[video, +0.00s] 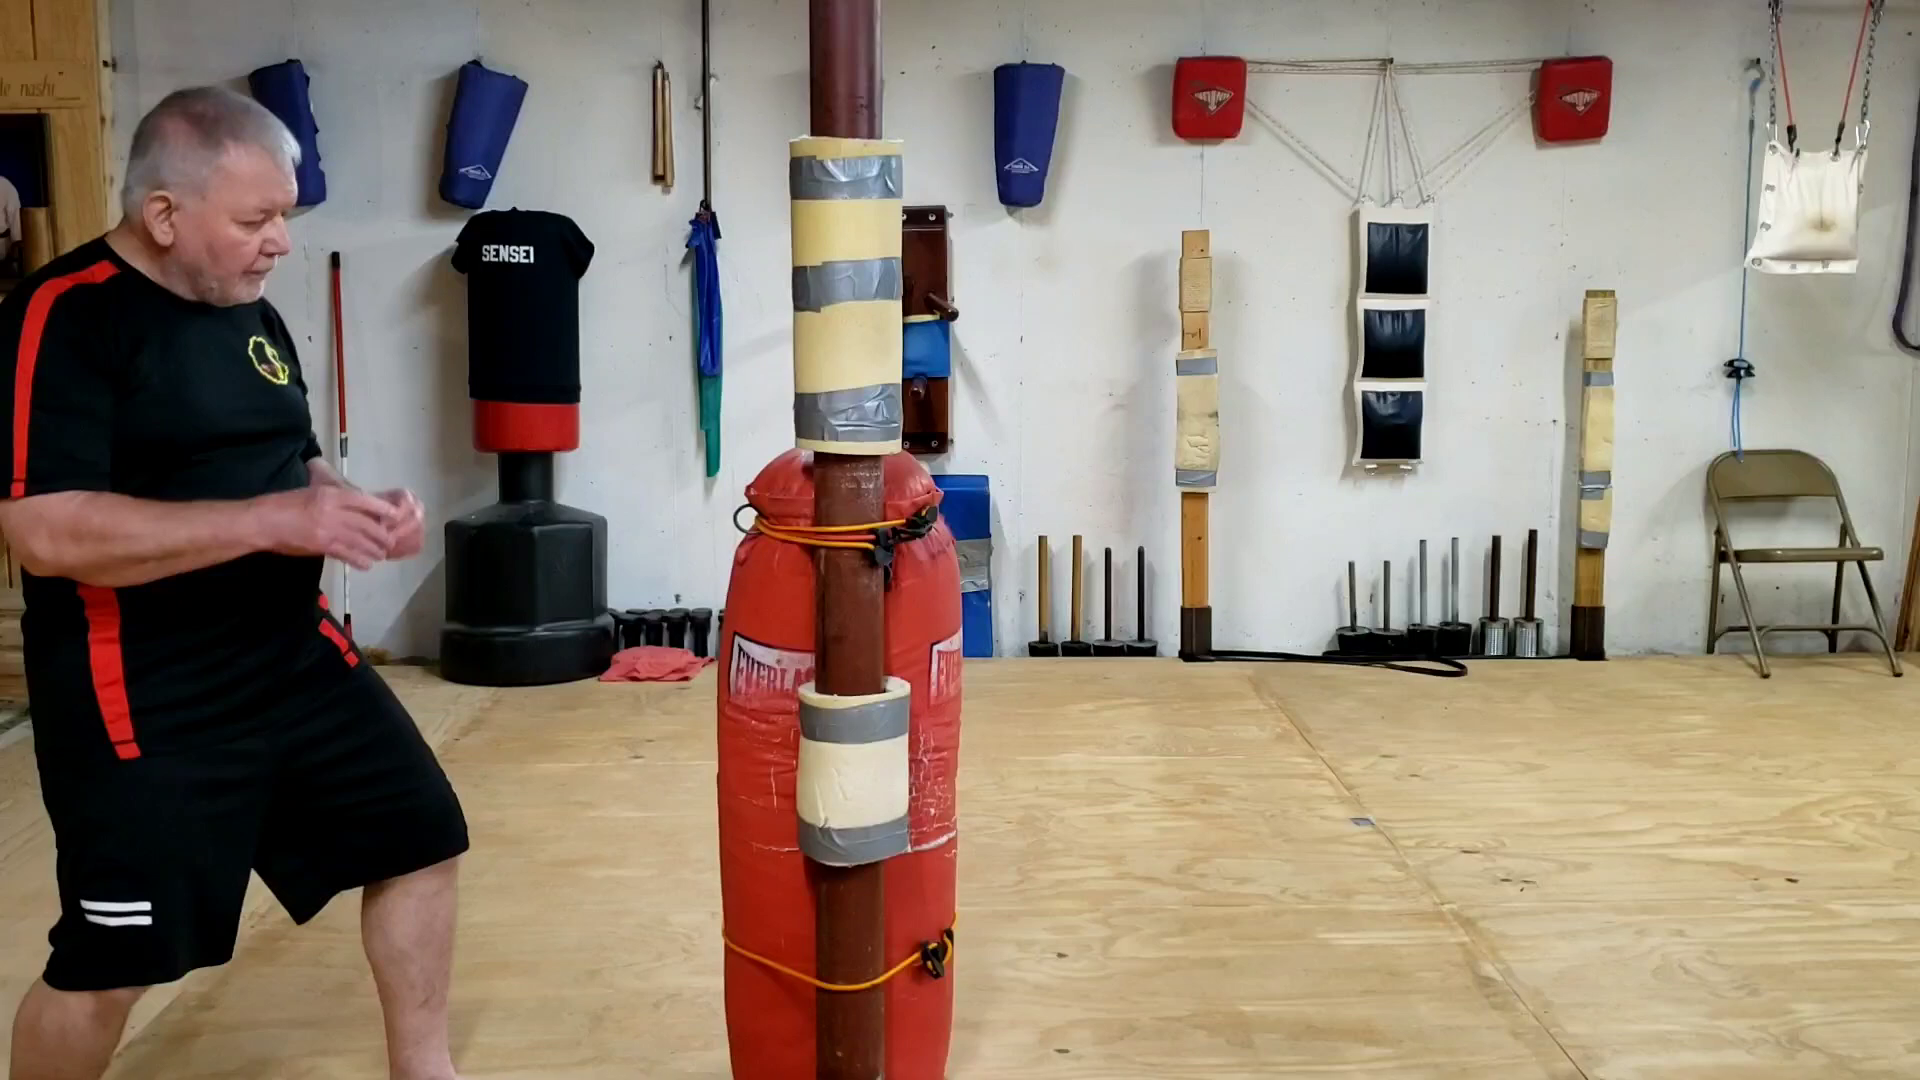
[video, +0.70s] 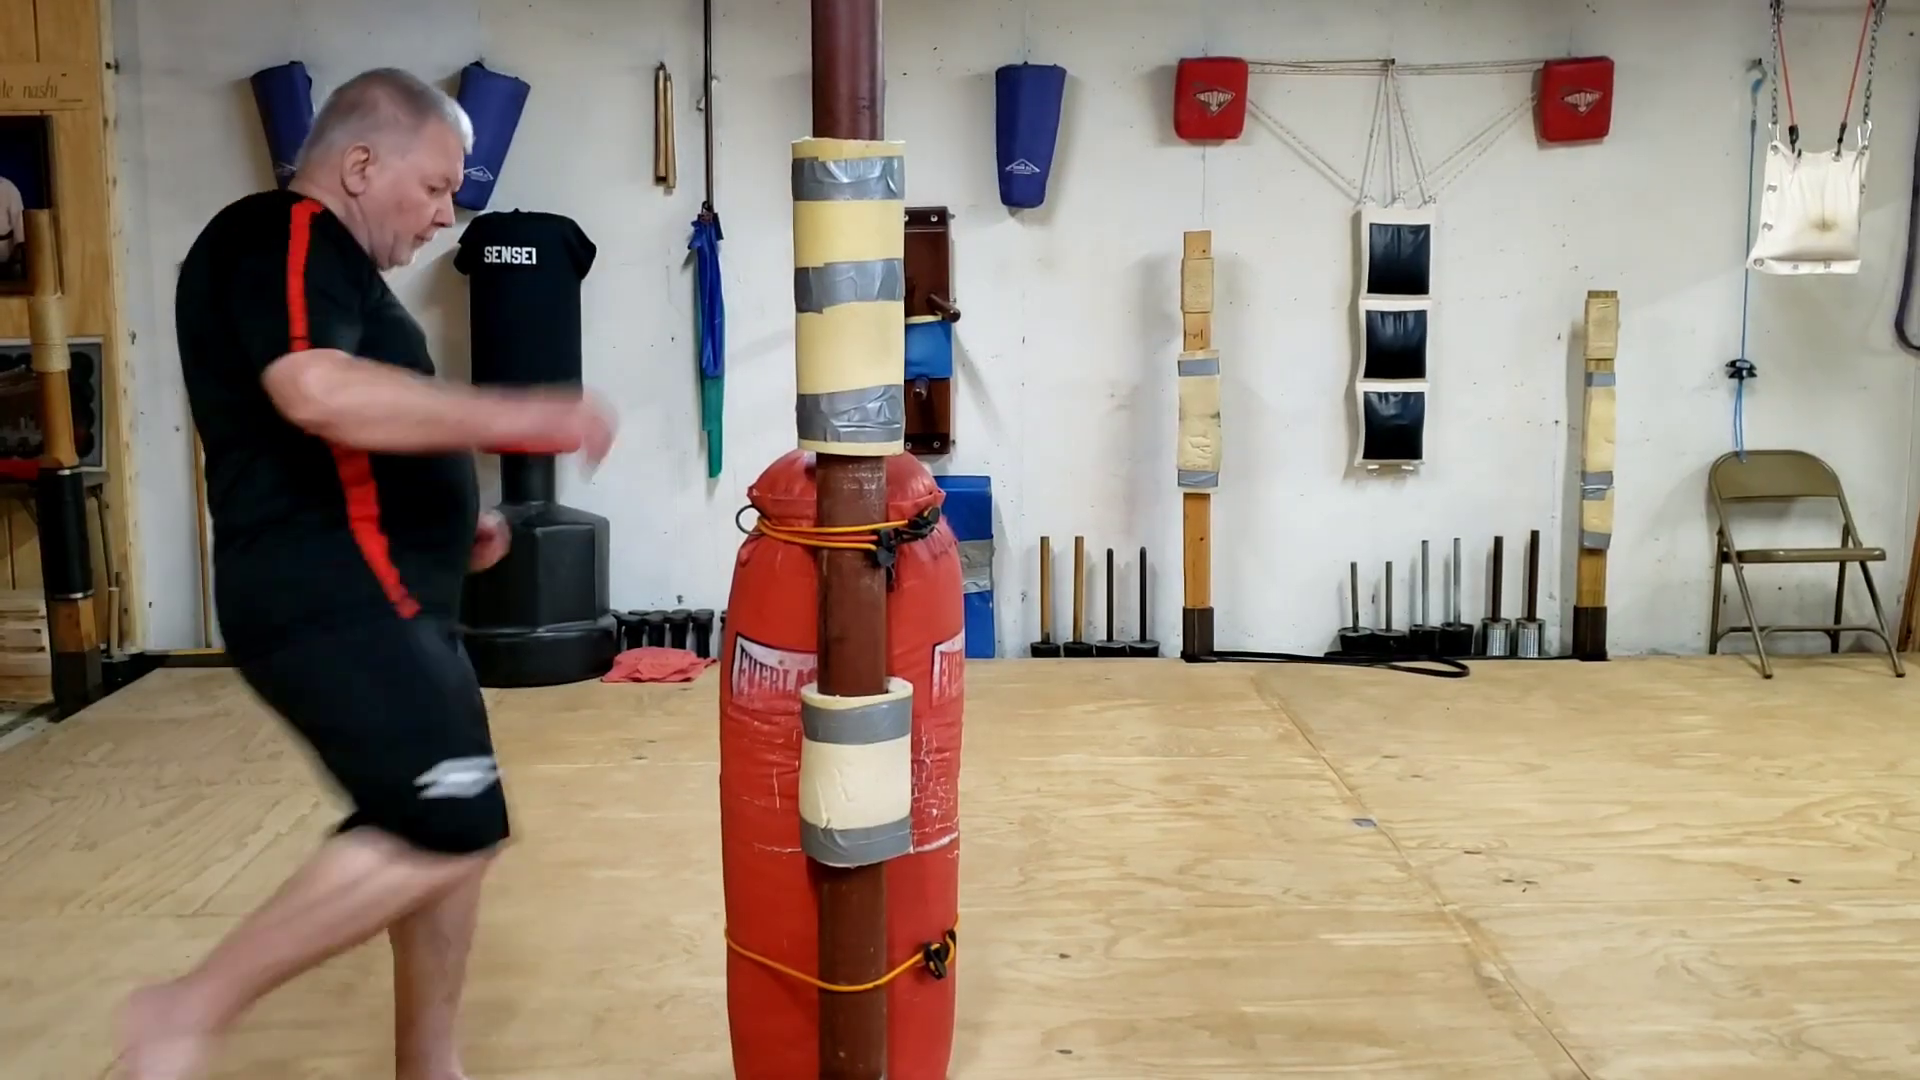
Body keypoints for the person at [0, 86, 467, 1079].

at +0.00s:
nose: (280, 243)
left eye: (286, 217)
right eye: (258, 220)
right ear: (164, 215)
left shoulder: (248, 313)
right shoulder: (59, 314)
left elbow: (288, 466)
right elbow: (40, 530)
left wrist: (351, 508)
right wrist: (273, 522)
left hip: (289, 665)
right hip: (134, 704)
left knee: (418, 839)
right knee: (114, 945)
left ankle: (424, 1070)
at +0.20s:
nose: (289, 238)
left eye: (296, 212)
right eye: (265, 216)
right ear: (174, 210)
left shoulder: (282, 301)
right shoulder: (68, 312)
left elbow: (384, 433)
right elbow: (33, 525)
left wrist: (432, 387)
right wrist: (258, 515)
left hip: (296, 655)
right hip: (139, 689)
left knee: (424, 841)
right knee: (110, 941)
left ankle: (425, 1066)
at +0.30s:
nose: (329, 244)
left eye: (334, 219)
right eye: (309, 218)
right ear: (217, 209)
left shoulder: (301, 310)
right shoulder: (98, 309)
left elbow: (412, 408)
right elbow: (32, 511)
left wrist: (496, 365)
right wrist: (241, 544)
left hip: (297, 671)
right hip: (152, 701)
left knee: (424, 834)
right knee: (118, 941)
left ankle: (426, 1067)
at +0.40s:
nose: (365, 256)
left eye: (371, 232)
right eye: (349, 231)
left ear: (281, 219)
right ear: (263, 213)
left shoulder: (307, 314)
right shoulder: (142, 296)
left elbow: (335, 487)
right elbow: (187, 476)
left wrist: (412, 464)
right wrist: (370, 389)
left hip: (303, 657)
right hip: (159, 689)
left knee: (435, 826)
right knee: (110, 939)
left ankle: (424, 1064)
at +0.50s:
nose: (403, 257)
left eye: (409, 235)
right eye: (386, 233)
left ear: (318, 219)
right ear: (304, 216)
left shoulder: (323, 317)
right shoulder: (213, 274)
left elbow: (292, 489)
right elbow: (409, 360)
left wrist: (388, 577)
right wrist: (594, 298)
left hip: (330, 661)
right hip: (193, 681)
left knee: (459, 835)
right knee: (118, 936)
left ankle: (427, 1071)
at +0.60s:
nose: (442, 238)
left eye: (448, 218)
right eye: (433, 212)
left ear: (350, 195)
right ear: (353, 189)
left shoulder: (343, 300)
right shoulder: (254, 253)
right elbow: (394, 374)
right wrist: (567, 304)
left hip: (383, 645)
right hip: (265, 658)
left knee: (471, 839)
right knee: (217, 915)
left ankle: (429, 1068)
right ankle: (75, 1073)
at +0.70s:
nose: (442, 221)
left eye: (450, 200)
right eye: (437, 189)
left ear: (358, 169)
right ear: (362, 161)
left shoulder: (335, 268)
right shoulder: (276, 231)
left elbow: (333, 452)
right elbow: (310, 388)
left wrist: (452, 524)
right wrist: (522, 414)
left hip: (383, 589)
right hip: (318, 589)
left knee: (460, 817)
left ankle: (432, 1065)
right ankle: (183, 1013)